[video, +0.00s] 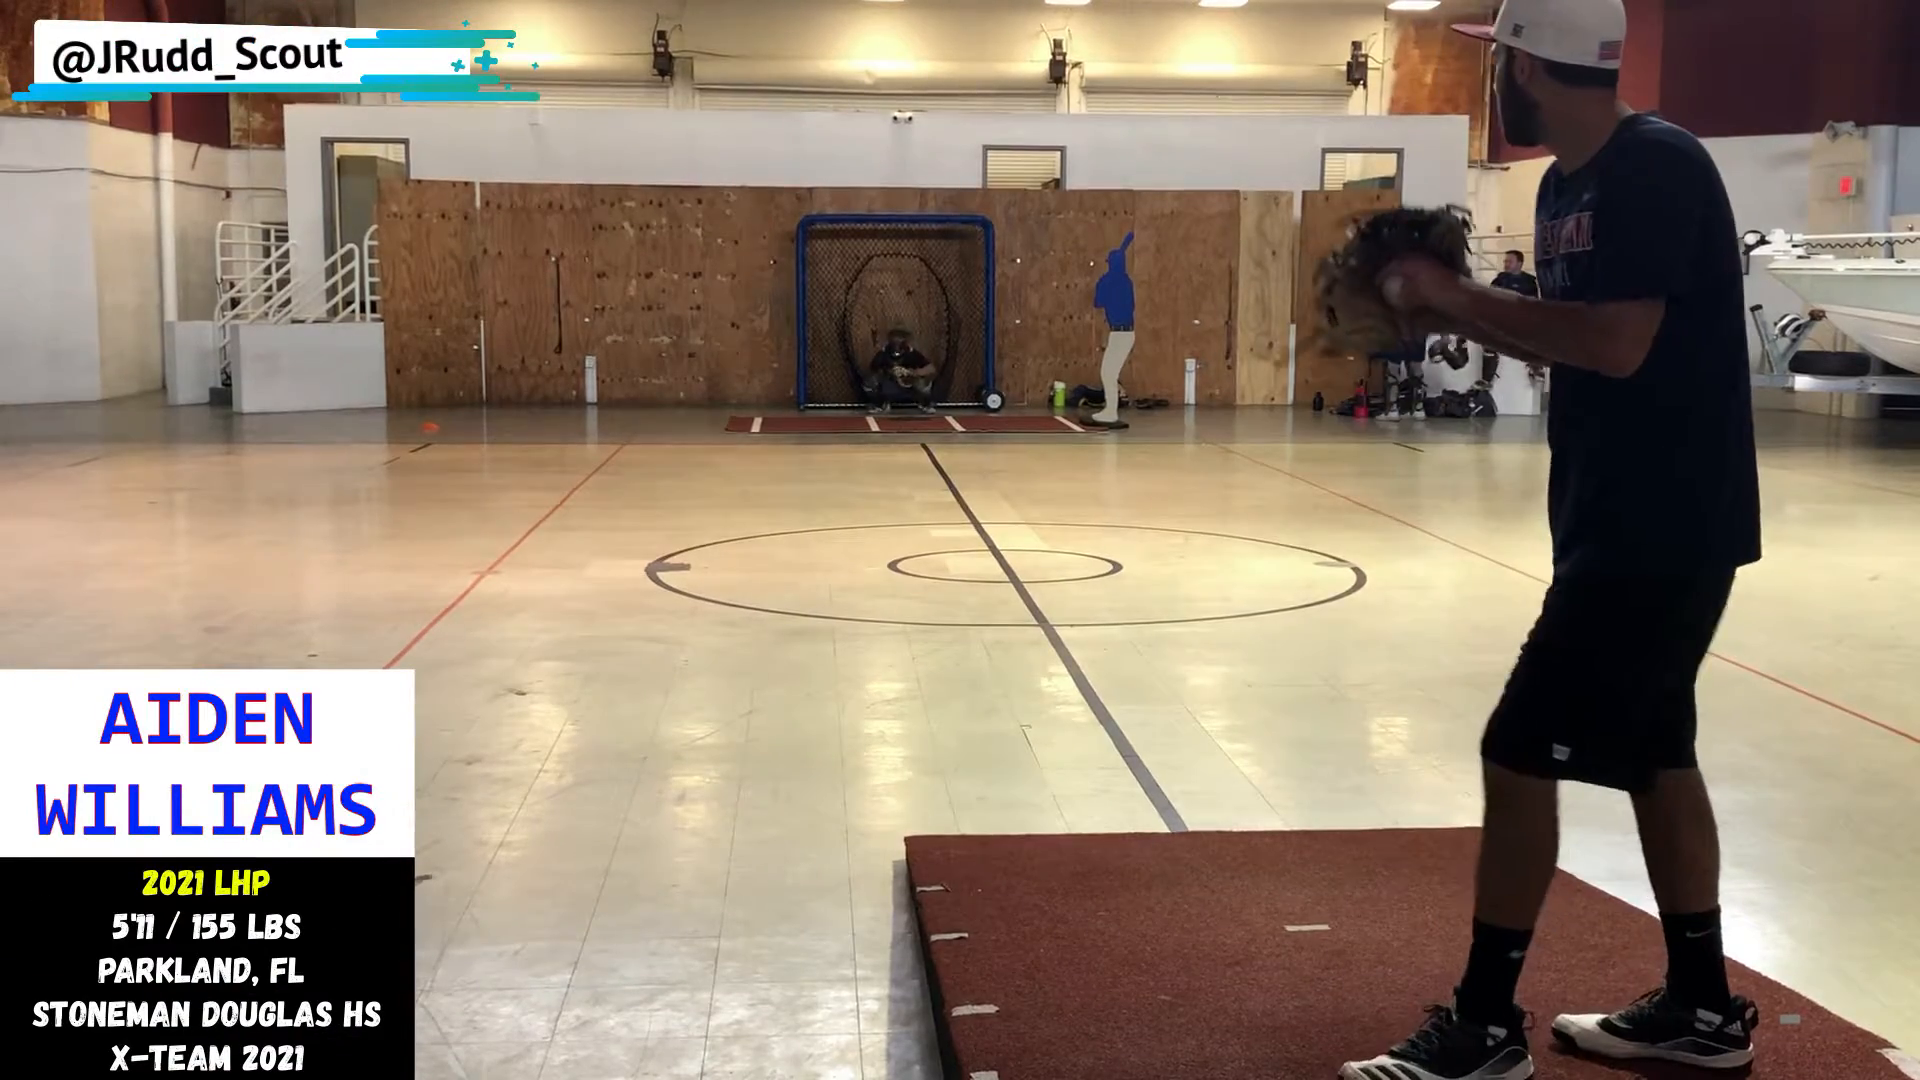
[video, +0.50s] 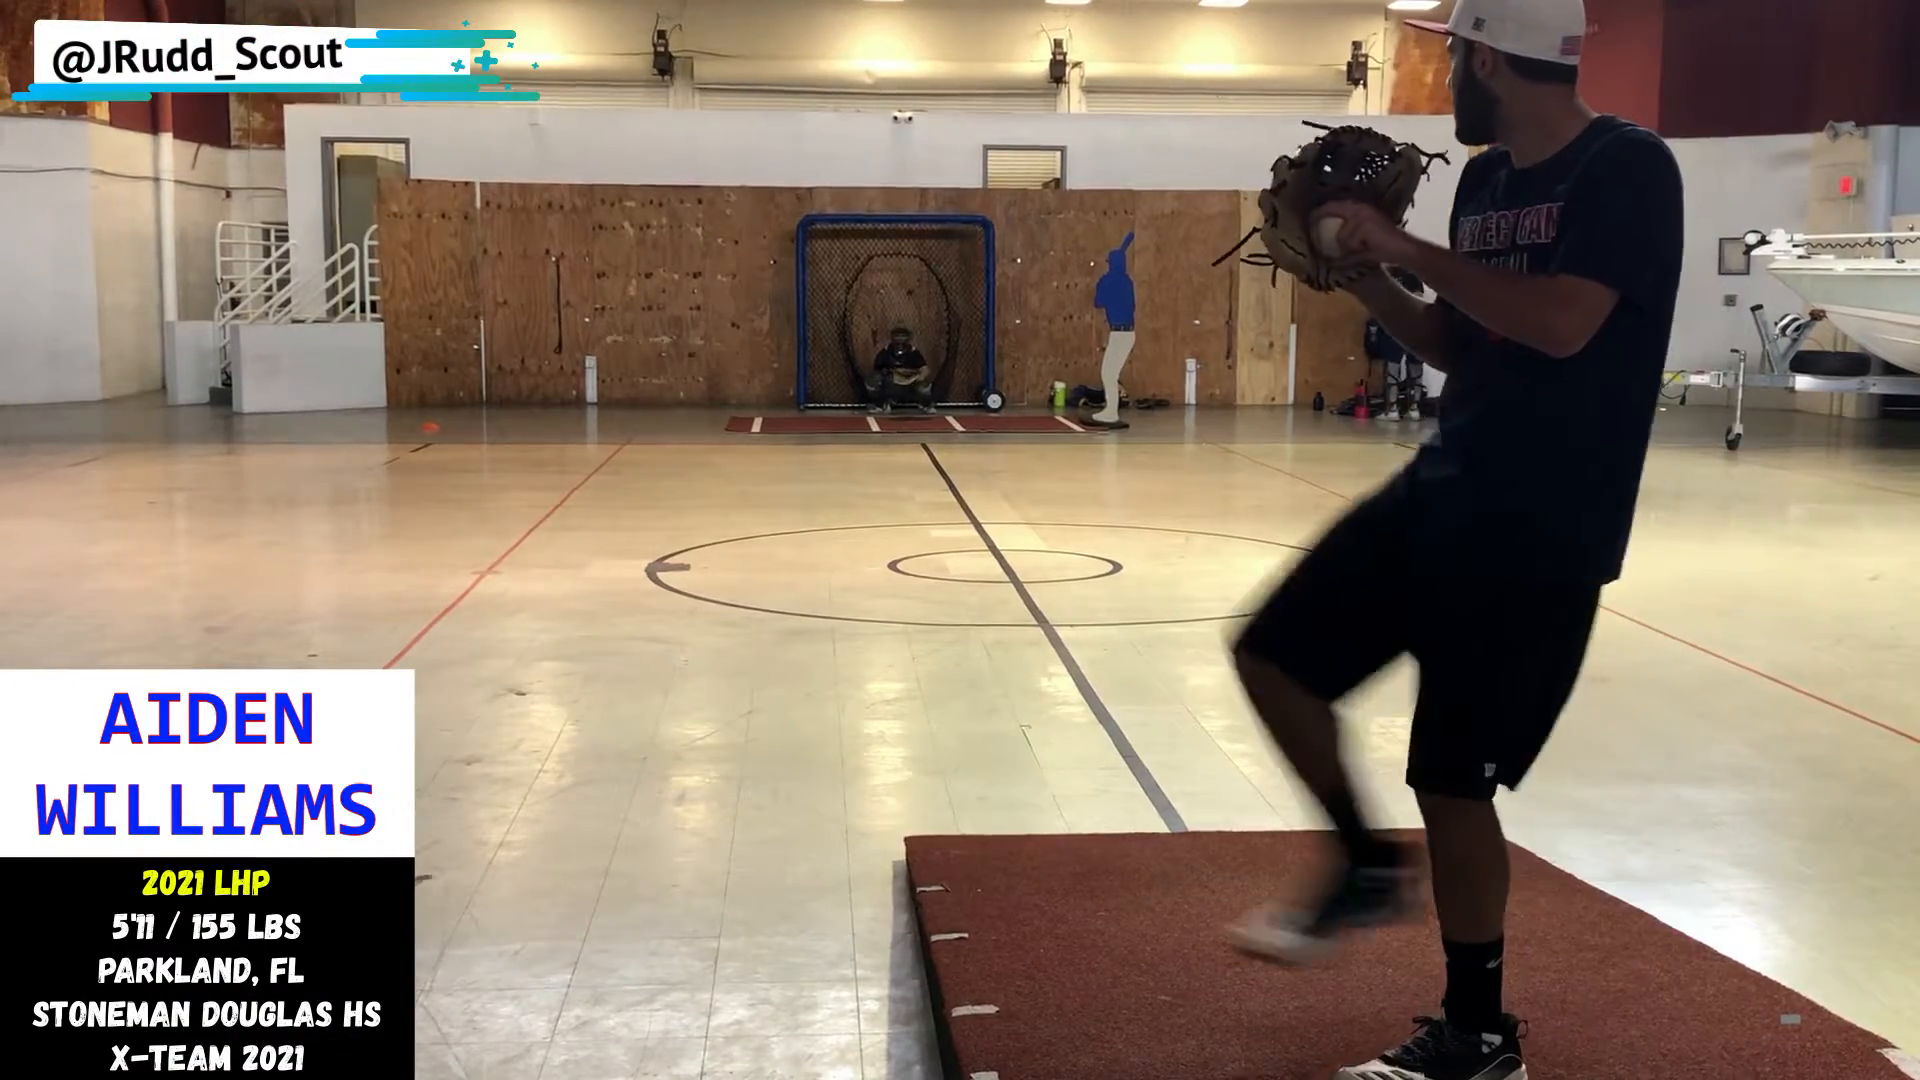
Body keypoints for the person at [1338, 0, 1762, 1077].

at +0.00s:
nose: (1500, 81)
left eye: (1505, 59)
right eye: (1503, 60)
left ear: (1534, 64)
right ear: (1584, 63)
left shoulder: (1655, 167)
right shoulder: (1564, 189)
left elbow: (1619, 340)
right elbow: (1572, 342)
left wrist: (1459, 299)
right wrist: (1457, 299)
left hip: (1658, 538)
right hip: (1615, 533)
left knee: (1519, 752)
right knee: (1657, 756)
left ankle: (1484, 1021)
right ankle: (1701, 1002)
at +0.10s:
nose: (1487, 78)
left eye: (1492, 57)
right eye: (1491, 58)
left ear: (1516, 64)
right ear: (1570, 64)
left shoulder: (1650, 170)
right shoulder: (1543, 188)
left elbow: (1591, 339)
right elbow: (1535, 343)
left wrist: (1430, 276)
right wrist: (1422, 283)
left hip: (1648, 534)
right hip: (1595, 530)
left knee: (1503, 752)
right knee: (1652, 760)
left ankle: (1478, 1022)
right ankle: (1702, 1001)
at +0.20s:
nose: (1472, 85)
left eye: (1477, 61)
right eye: (1475, 63)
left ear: (1506, 63)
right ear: (1551, 65)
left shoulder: (1640, 172)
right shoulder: (1522, 191)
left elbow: (1568, 332)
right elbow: (1496, 347)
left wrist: (1411, 251)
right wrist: (1389, 278)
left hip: (1621, 540)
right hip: (1563, 537)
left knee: (1486, 763)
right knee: (1606, 764)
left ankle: (1477, 1026)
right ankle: (1695, 999)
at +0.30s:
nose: (1461, 75)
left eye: (1467, 53)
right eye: (1464, 55)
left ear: (1496, 62)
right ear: (1542, 65)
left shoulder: (1630, 174)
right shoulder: (1501, 186)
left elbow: (1560, 326)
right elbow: (1477, 350)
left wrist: (1408, 243)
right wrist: (1374, 278)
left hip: (1587, 535)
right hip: (1515, 528)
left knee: (1465, 770)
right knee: (1522, 779)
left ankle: (1476, 1027)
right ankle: (1657, 958)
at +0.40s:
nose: (1456, 77)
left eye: (1466, 55)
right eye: (1459, 54)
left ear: (1498, 62)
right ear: (1534, 63)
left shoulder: (1632, 170)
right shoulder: (1492, 184)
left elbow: (1563, 322)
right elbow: (1466, 351)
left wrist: (1407, 245)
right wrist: (1367, 277)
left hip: (1560, 533)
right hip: (1471, 514)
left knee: (1453, 766)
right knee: (1371, 733)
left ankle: (1477, 1031)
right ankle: (1535, 883)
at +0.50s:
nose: (1453, 75)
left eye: (1458, 50)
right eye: (1456, 53)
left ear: (1489, 54)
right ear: (1539, 56)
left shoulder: (1632, 168)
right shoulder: (1483, 181)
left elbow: (1564, 321)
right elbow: (1457, 349)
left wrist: (1400, 245)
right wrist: (1362, 277)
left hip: (1543, 531)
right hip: (1441, 499)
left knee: (1451, 775)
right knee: (1275, 658)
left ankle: (1476, 1026)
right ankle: (1365, 860)